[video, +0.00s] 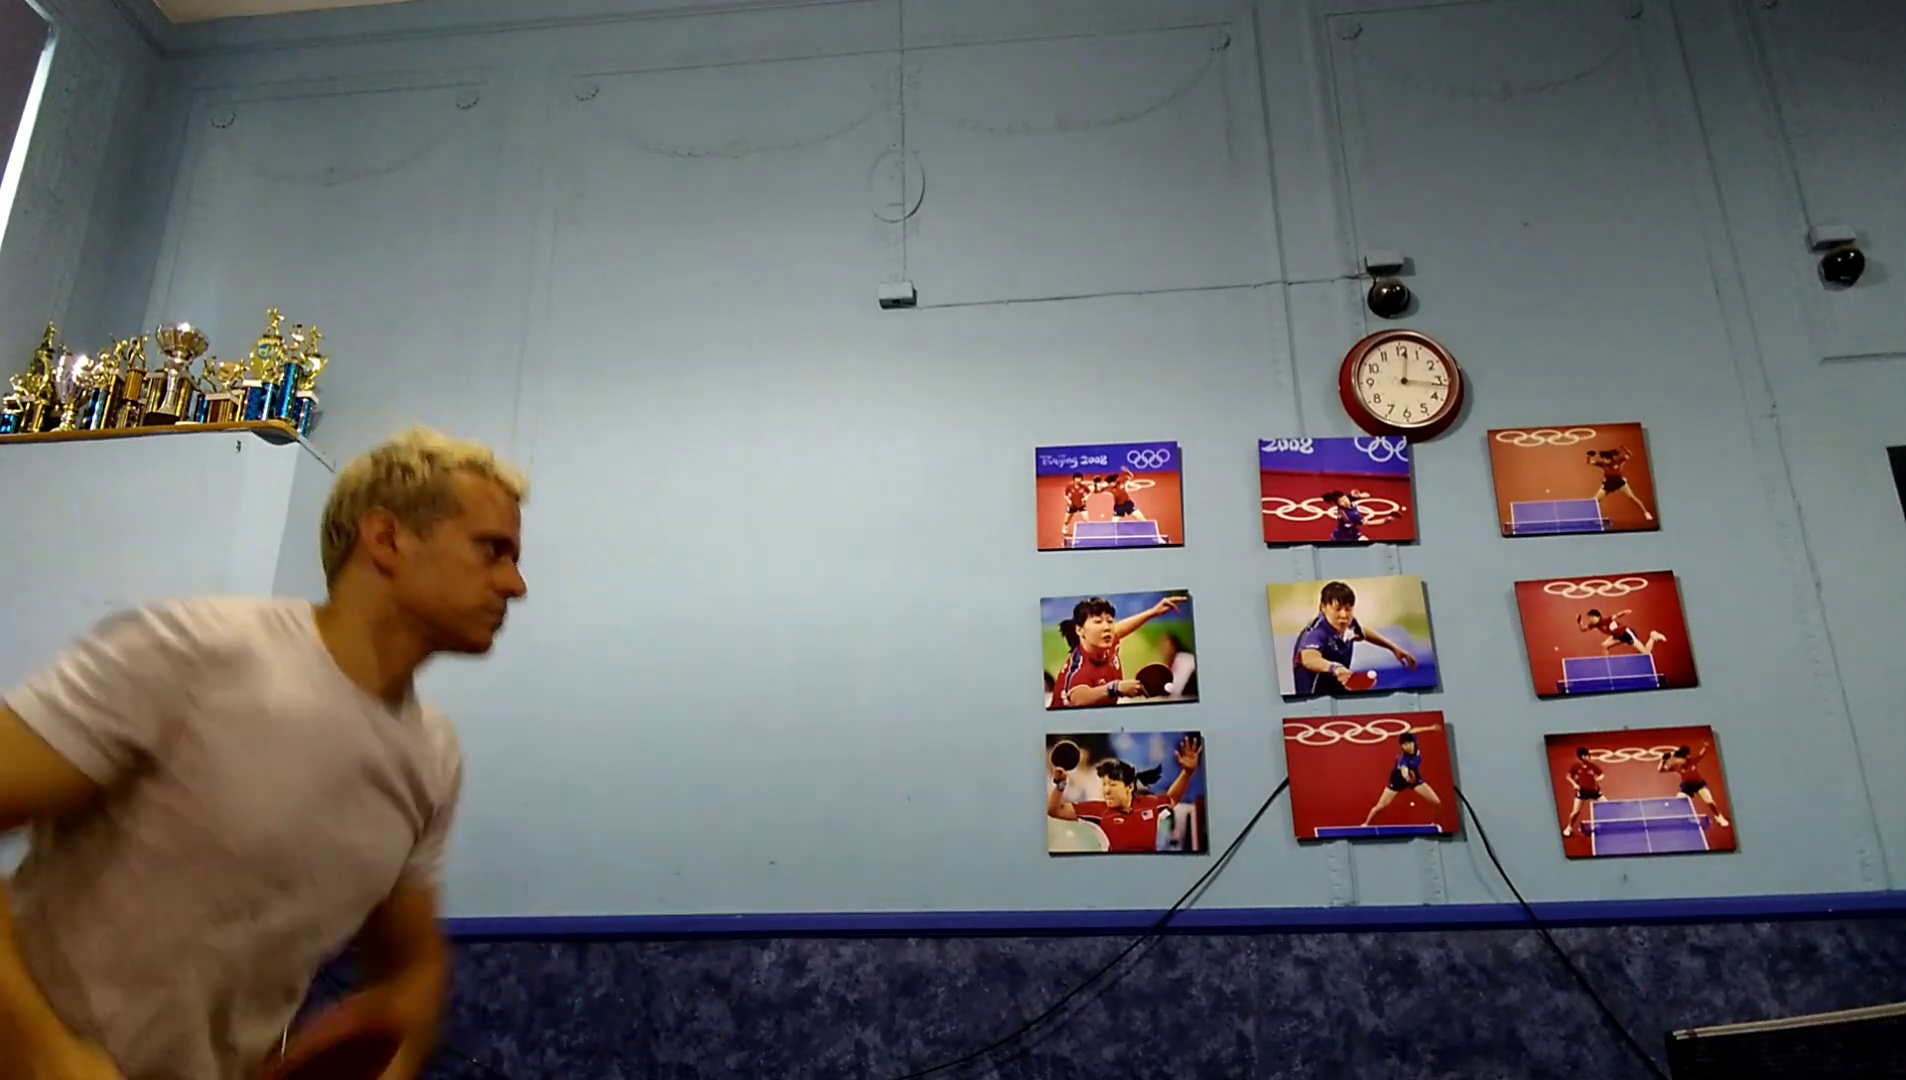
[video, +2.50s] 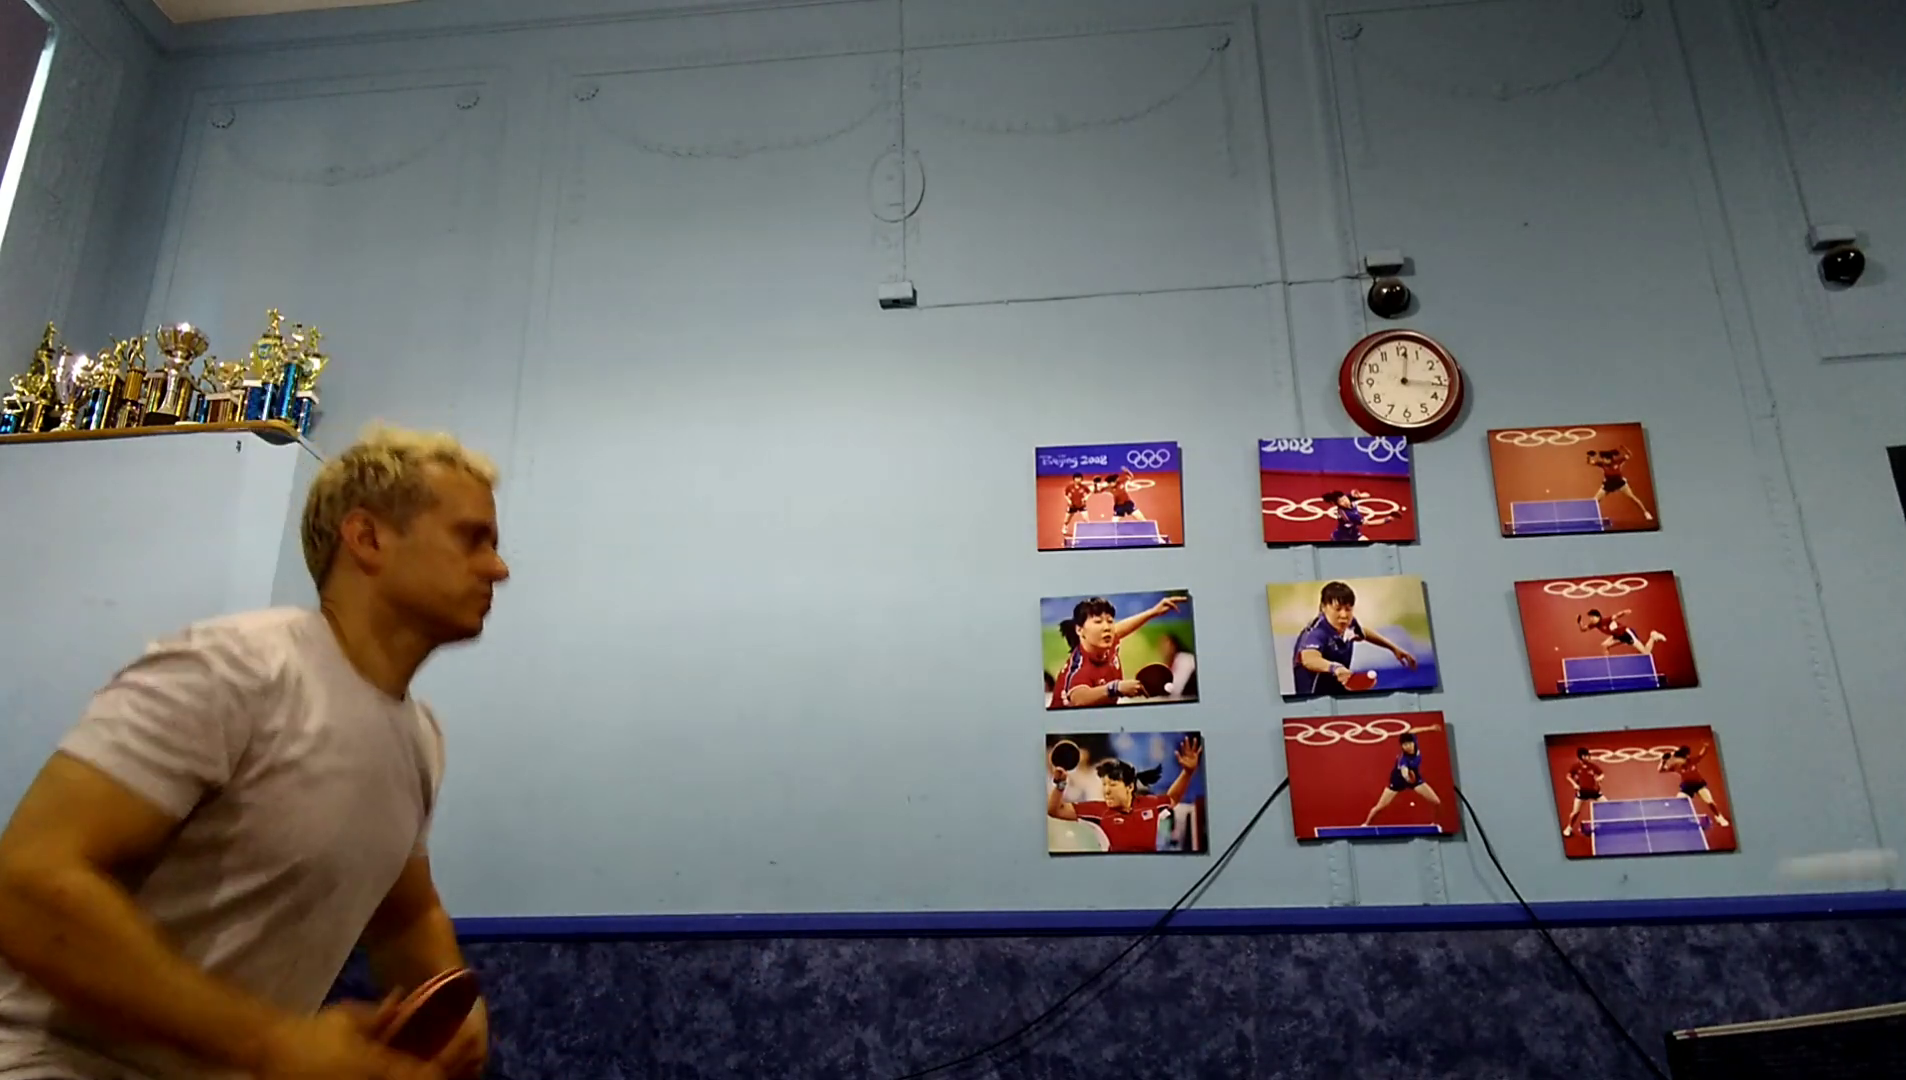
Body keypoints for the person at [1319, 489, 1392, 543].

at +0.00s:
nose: (1344, 502)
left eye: (1344, 499)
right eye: (1341, 502)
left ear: (1346, 497)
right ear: (1338, 505)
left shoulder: (1349, 498)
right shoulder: (1350, 515)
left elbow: (1368, 496)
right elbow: (1367, 523)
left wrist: (1360, 495)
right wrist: (1384, 520)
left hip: (1355, 535)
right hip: (1341, 538)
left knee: (1369, 547)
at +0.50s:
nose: (1344, 502)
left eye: (1344, 499)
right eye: (1341, 502)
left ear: (1346, 497)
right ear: (1339, 505)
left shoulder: (1349, 499)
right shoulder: (1350, 515)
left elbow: (1368, 496)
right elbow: (1367, 523)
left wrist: (1360, 495)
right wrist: (1385, 520)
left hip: (1355, 535)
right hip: (1341, 538)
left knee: (1370, 547)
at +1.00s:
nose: (1345, 502)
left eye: (1344, 499)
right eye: (1341, 502)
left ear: (1347, 497)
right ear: (1338, 505)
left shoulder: (1349, 499)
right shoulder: (1350, 515)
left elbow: (1368, 495)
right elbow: (1367, 523)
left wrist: (1360, 495)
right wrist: (1384, 520)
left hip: (1355, 535)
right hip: (1342, 538)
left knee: (1370, 547)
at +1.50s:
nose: (1345, 502)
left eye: (1344, 499)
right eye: (1341, 502)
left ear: (1347, 497)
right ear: (1338, 505)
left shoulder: (1349, 499)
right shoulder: (1349, 515)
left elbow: (1368, 495)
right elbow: (1366, 523)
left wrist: (1360, 495)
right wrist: (1384, 520)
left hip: (1355, 535)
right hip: (1342, 538)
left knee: (1370, 547)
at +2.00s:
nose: (1344, 502)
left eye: (1344, 499)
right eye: (1341, 502)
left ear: (1346, 497)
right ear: (1338, 505)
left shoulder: (1350, 499)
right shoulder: (1349, 515)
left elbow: (1367, 496)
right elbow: (1367, 523)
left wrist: (1360, 495)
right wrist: (1385, 520)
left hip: (1355, 536)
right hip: (1342, 538)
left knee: (1370, 547)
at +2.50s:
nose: (1344, 502)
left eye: (1344, 499)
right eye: (1341, 502)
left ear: (1346, 497)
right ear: (1338, 505)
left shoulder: (1350, 500)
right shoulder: (1349, 515)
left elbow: (1367, 496)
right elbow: (1367, 523)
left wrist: (1360, 495)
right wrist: (1385, 520)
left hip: (1355, 536)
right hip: (1341, 538)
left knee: (1370, 547)